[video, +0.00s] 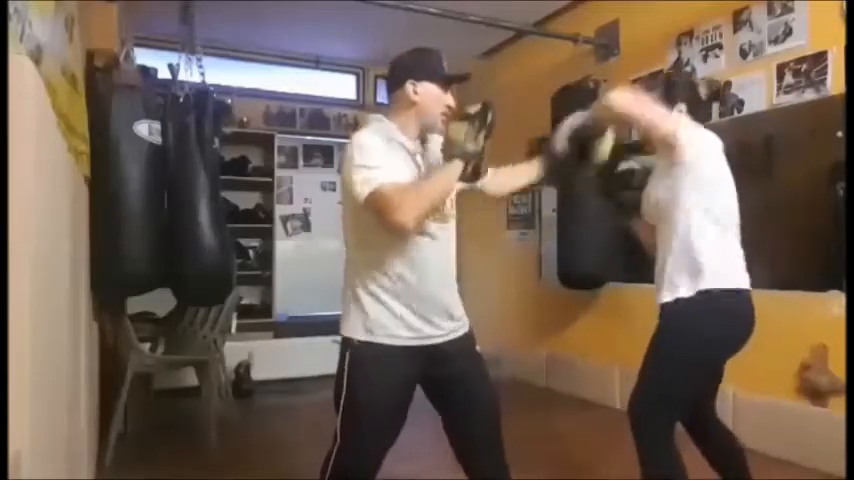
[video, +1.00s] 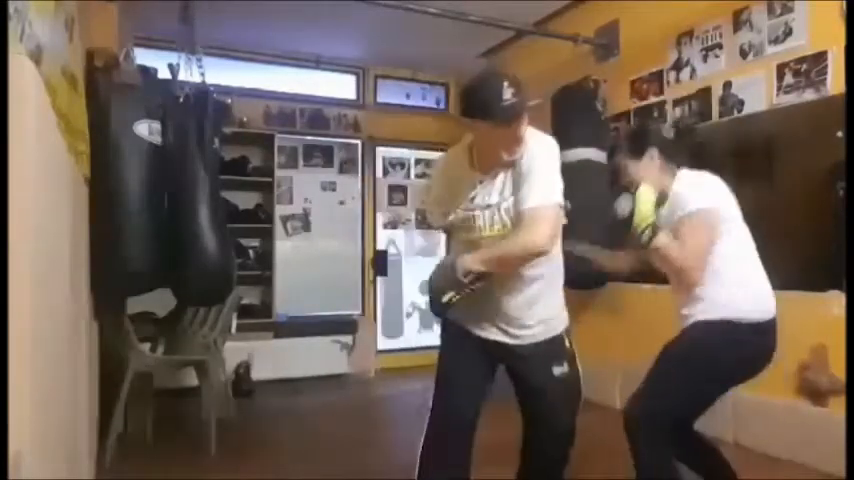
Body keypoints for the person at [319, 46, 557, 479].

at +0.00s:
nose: (452, 102)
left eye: (451, 91)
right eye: (443, 89)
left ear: (419, 93)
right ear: (412, 90)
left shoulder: (439, 146)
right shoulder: (368, 144)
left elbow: (495, 181)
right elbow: (401, 213)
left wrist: (555, 161)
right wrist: (459, 161)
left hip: (448, 334)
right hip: (380, 340)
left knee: (487, 456)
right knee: (355, 462)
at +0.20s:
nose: (469, 109)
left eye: (469, 99)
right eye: (462, 98)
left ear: (437, 98)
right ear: (435, 96)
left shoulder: (432, 151)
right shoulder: (397, 139)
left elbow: (462, 206)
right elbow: (461, 206)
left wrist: (503, 146)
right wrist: (505, 158)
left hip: (450, 332)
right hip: (391, 338)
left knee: (497, 423)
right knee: (362, 455)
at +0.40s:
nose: (511, 105)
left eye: (511, 95)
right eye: (503, 94)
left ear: (474, 99)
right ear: (474, 97)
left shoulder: (489, 158)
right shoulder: (434, 135)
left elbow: (520, 203)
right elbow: (445, 178)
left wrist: (582, 206)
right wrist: (514, 139)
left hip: (493, 329)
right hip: (430, 329)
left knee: (528, 422)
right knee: (382, 444)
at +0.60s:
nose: (543, 111)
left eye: (544, 101)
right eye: (533, 101)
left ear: (521, 99)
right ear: (499, 99)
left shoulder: (551, 130)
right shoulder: (447, 148)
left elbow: (624, 119)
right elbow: (381, 201)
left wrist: (700, 114)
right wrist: (395, 269)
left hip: (521, 318)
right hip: (448, 315)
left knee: (540, 423)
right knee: (424, 430)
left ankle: (531, 477)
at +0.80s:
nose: (519, 125)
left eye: (521, 113)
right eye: (507, 116)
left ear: (525, 111)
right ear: (474, 119)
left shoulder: (538, 144)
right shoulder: (441, 164)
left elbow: (568, 205)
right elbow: (430, 223)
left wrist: (520, 253)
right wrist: (476, 241)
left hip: (531, 321)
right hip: (460, 317)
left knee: (551, 429)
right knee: (442, 430)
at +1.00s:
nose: (518, 131)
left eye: (521, 119)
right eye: (506, 124)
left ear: (526, 113)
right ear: (475, 125)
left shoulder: (540, 151)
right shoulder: (450, 167)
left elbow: (539, 236)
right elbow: (448, 236)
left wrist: (472, 261)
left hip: (538, 328)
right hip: (468, 326)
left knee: (551, 443)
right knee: (448, 435)